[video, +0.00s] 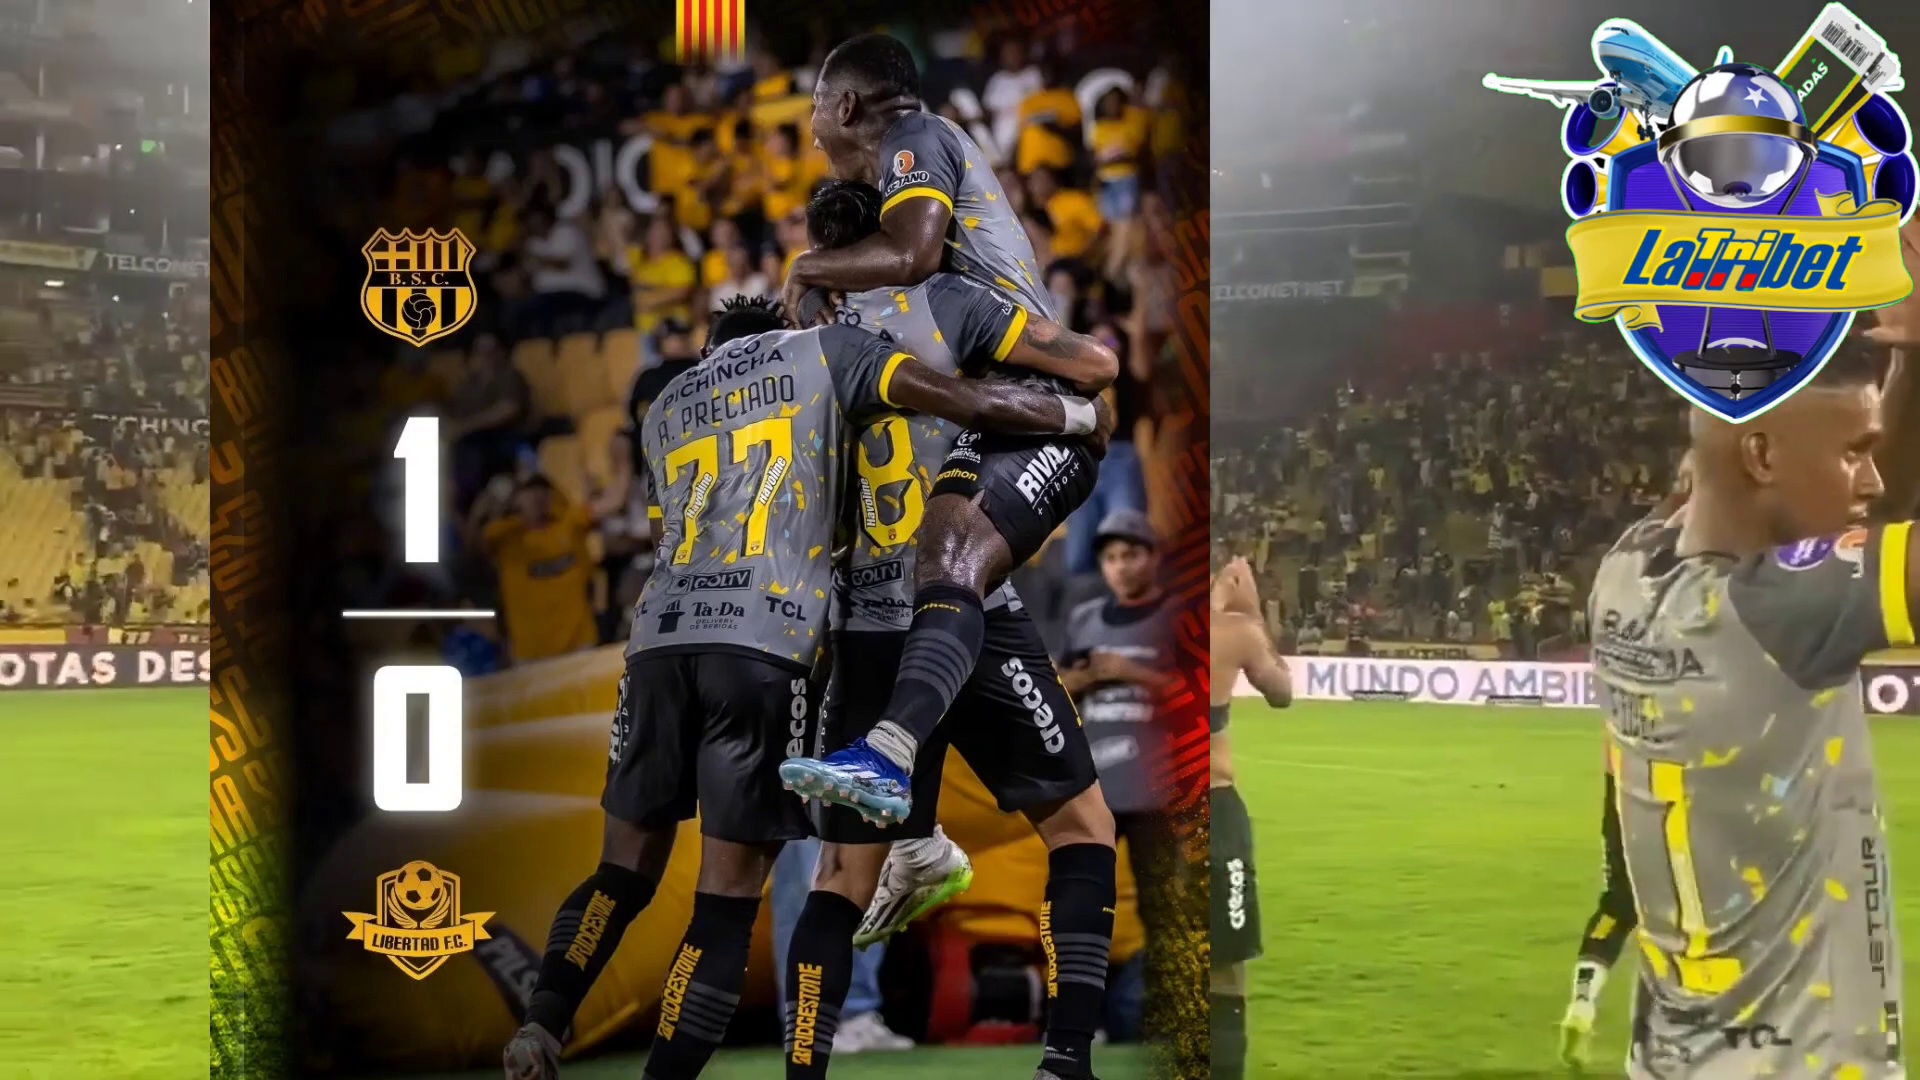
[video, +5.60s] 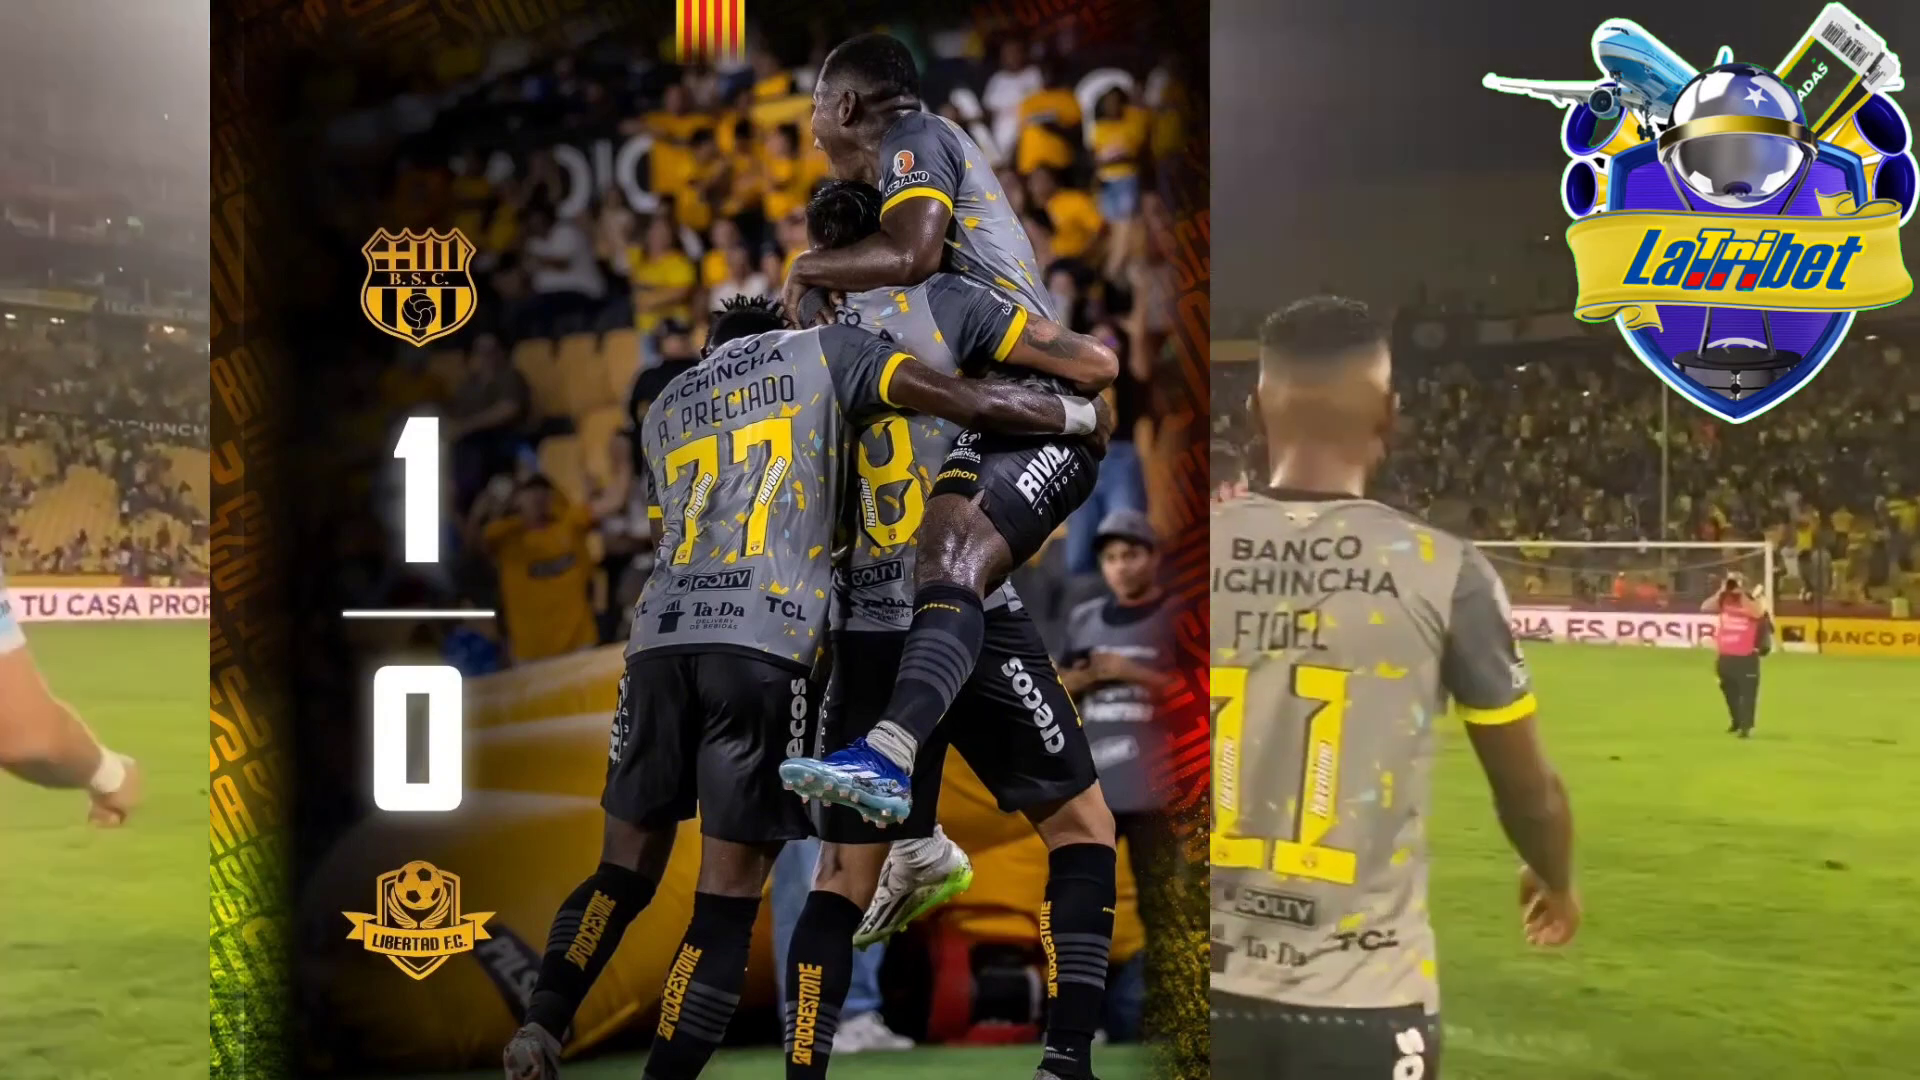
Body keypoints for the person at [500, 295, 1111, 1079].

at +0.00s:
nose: (828, 323)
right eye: (817, 317)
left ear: (710, 344)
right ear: (792, 322)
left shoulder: (662, 405)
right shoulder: (830, 347)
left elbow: (681, 519)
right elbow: (968, 398)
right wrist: (1085, 418)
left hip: (657, 648)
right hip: (762, 648)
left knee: (623, 865)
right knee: (727, 890)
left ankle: (542, 1027)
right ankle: (667, 1076)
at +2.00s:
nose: (824, 325)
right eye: (813, 318)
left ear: (710, 347)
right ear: (793, 324)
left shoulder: (660, 404)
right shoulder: (830, 348)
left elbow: (679, 520)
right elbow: (970, 399)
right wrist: (1086, 418)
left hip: (657, 648)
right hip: (762, 649)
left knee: (623, 865)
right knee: (728, 892)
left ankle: (542, 1027)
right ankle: (666, 1076)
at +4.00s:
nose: (826, 325)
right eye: (814, 319)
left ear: (710, 345)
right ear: (793, 324)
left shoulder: (661, 406)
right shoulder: (829, 348)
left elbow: (682, 519)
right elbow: (970, 399)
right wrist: (1086, 418)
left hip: (657, 648)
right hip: (762, 649)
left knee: (623, 865)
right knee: (727, 892)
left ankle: (542, 1027)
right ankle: (667, 1075)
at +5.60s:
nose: (827, 325)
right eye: (815, 318)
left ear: (709, 345)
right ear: (791, 323)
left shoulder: (661, 407)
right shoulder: (830, 348)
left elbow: (679, 521)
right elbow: (973, 400)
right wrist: (1090, 416)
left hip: (657, 648)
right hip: (761, 648)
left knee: (624, 865)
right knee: (727, 891)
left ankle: (542, 1027)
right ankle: (667, 1074)